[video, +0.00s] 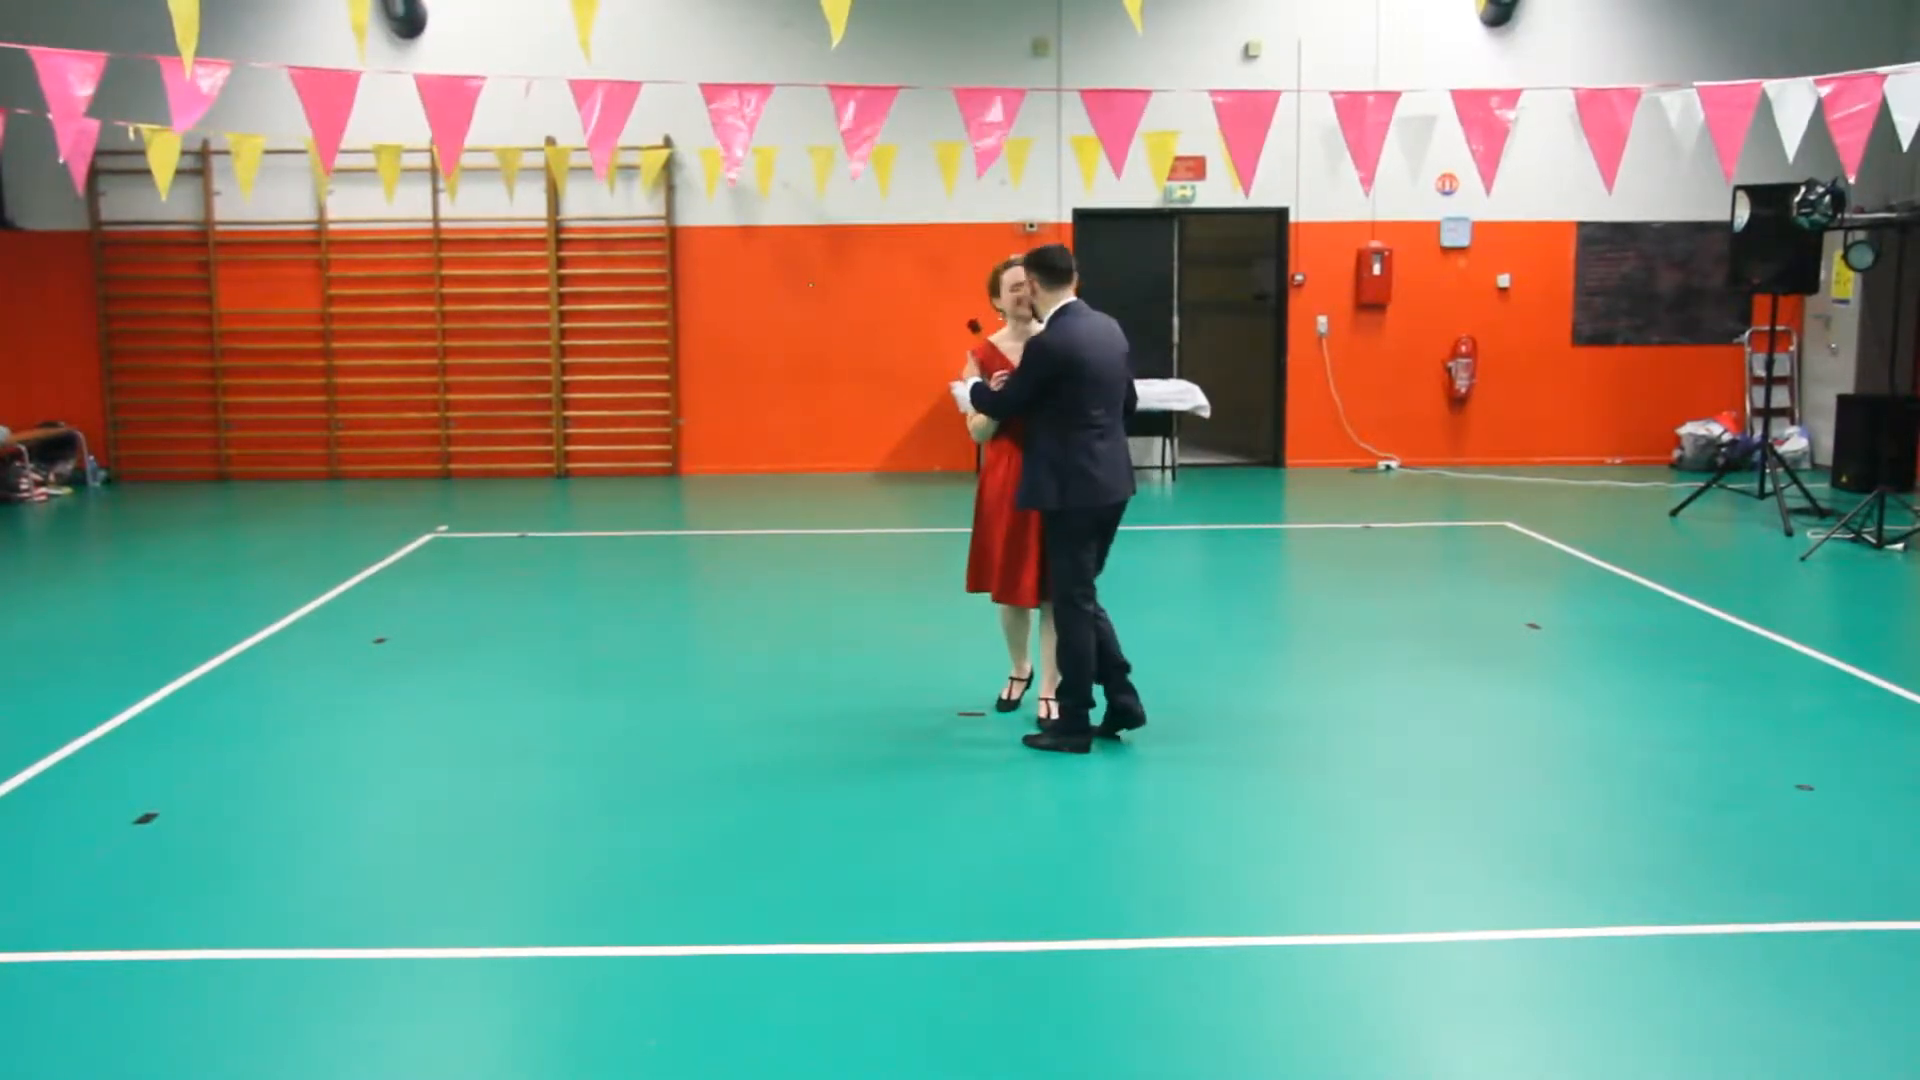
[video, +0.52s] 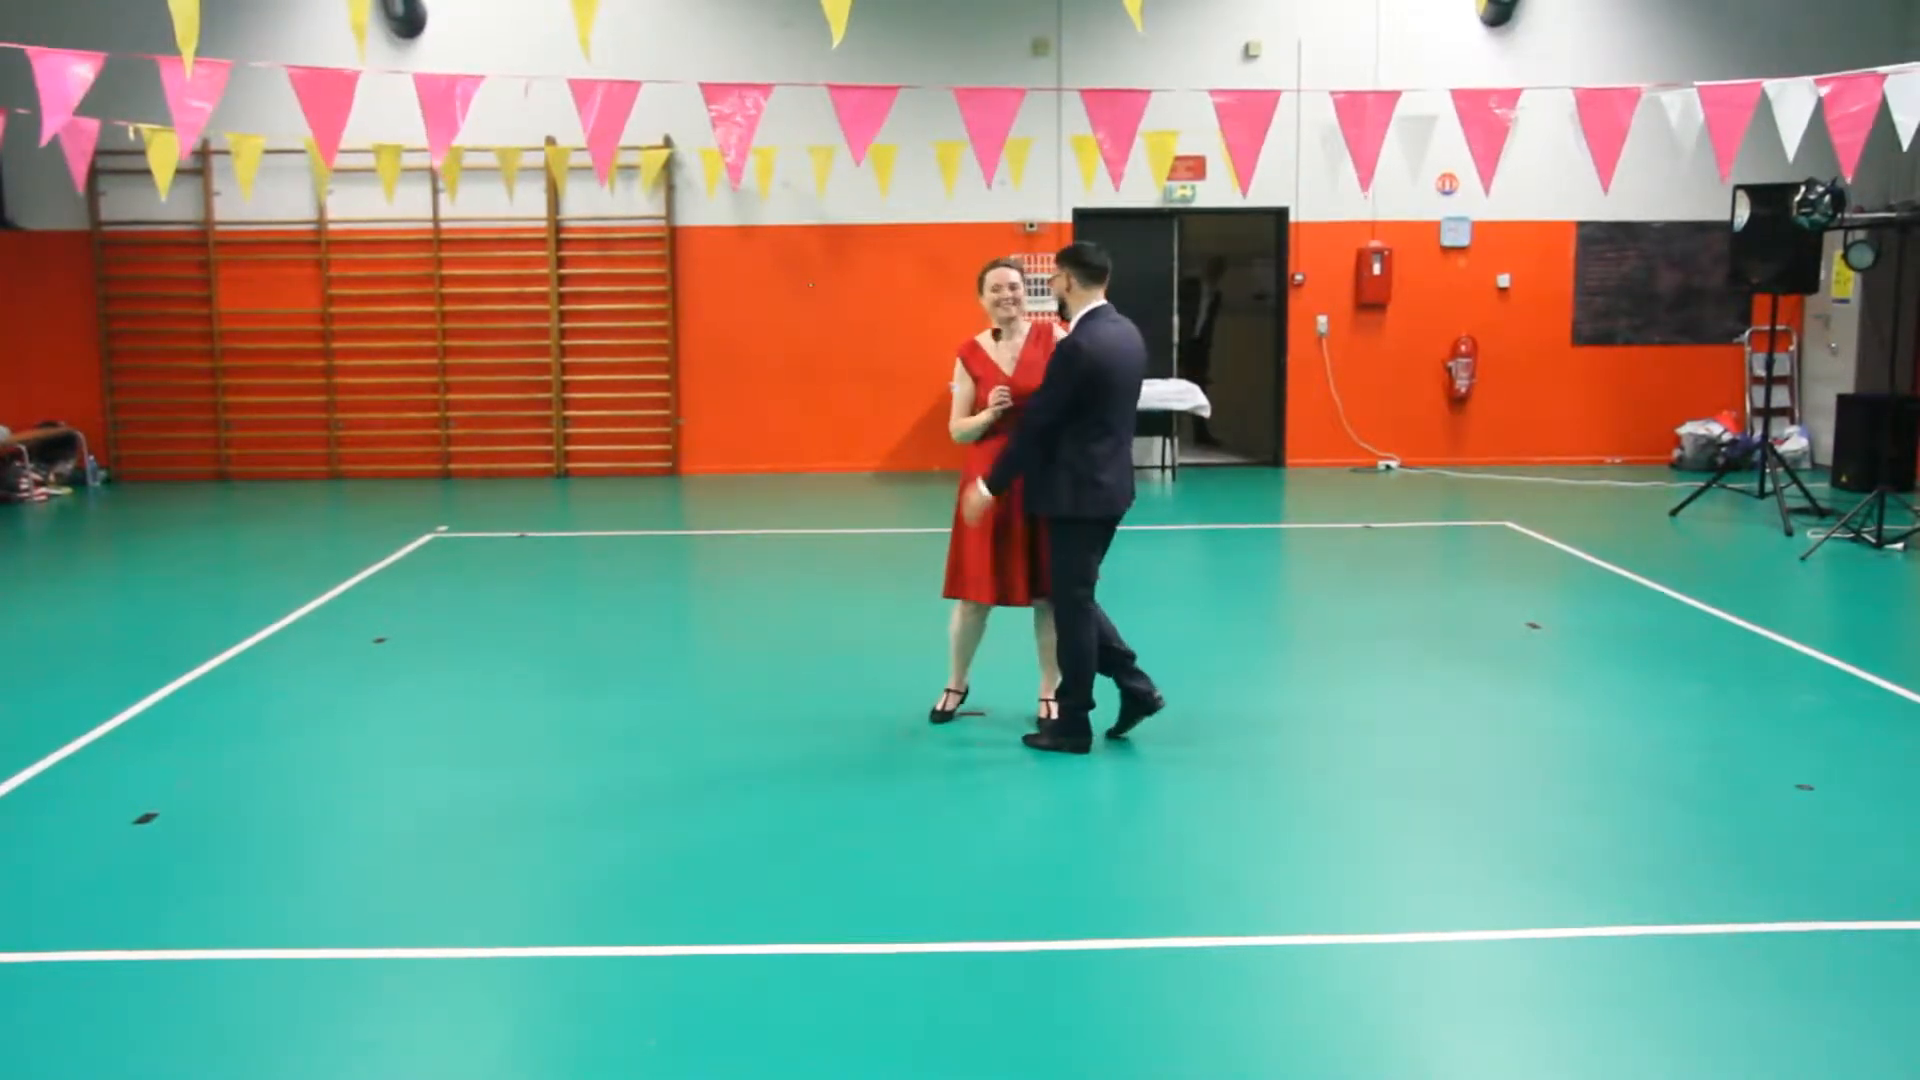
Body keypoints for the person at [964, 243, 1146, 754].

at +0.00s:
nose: (1026, 295)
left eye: (1027, 287)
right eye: (1023, 287)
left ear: (1035, 287)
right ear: (1076, 280)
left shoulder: (1048, 342)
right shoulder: (1111, 330)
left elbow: (1004, 404)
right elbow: (1127, 403)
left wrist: (975, 386)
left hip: (1071, 488)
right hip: (1112, 482)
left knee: (1070, 600)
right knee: (1079, 595)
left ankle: (1073, 723)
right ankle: (1123, 701)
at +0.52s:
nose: (1051, 286)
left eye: (1054, 277)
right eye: (1053, 277)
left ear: (1068, 282)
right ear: (1103, 281)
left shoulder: (1079, 345)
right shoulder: (1127, 335)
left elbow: (1038, 419)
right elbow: (1100, 412)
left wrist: (993, 480)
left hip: (1075, 493)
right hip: (1108, 486)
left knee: (1072, 601)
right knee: (1072, 595)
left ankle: (1070, 724)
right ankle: (1136, 688)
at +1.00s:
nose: (1066, 286)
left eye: (1072, 277)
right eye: (1067, 277)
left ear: (1099, 280)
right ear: (1097, 281)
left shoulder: (1132, 338)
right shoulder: (1098, 330)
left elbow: (1143, 425)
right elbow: (1095, 410)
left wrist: (1135, 503)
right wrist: (1048, 435)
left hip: (1120, 498)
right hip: (1106, 493)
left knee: (1092, 612)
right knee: (1136, 606)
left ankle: (1074, 722)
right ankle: (1161, 711)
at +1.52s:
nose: (1094, 293)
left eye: (1101, 284)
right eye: (1094, 285)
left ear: (1133, 282)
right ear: (1123, 286)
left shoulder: (1182, 337)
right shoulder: (1124, 341)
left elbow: (1201, 422)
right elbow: (1110, 414)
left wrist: (1191, 497)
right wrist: (1077, 475)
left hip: (1178, 492)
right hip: (1138, 490)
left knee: (1183, 606)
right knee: (1157, 608)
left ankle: (1227, 721)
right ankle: (1161, 715)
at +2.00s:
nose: (1172, 289)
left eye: (1183, 279)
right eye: (1165, 281)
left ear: (1209, 282)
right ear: (1159, 288)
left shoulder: (1241, 338)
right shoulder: (1159, 341)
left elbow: (1261, 420)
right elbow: (1145, 411)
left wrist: (1242, 493)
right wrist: (1103, 461)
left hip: (1230, 491)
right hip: (1175, 490)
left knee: (1247, 607)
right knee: (1175, 609)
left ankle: (1267, 713)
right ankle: (1164, 712)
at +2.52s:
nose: (1253, 289)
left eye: (1262, 280)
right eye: (1243, 281)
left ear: (1278, 284)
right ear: (1228, 285)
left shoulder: (1302, 344)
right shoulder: (1207, 337)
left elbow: (1332, 421)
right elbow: (1174, 401)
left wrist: (1348, 496)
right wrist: (1123, 453)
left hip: (1275, 489)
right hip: (1215, 488)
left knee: (1281, 613)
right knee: (1206, 606)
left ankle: (1270, 717)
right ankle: (1217, 711)